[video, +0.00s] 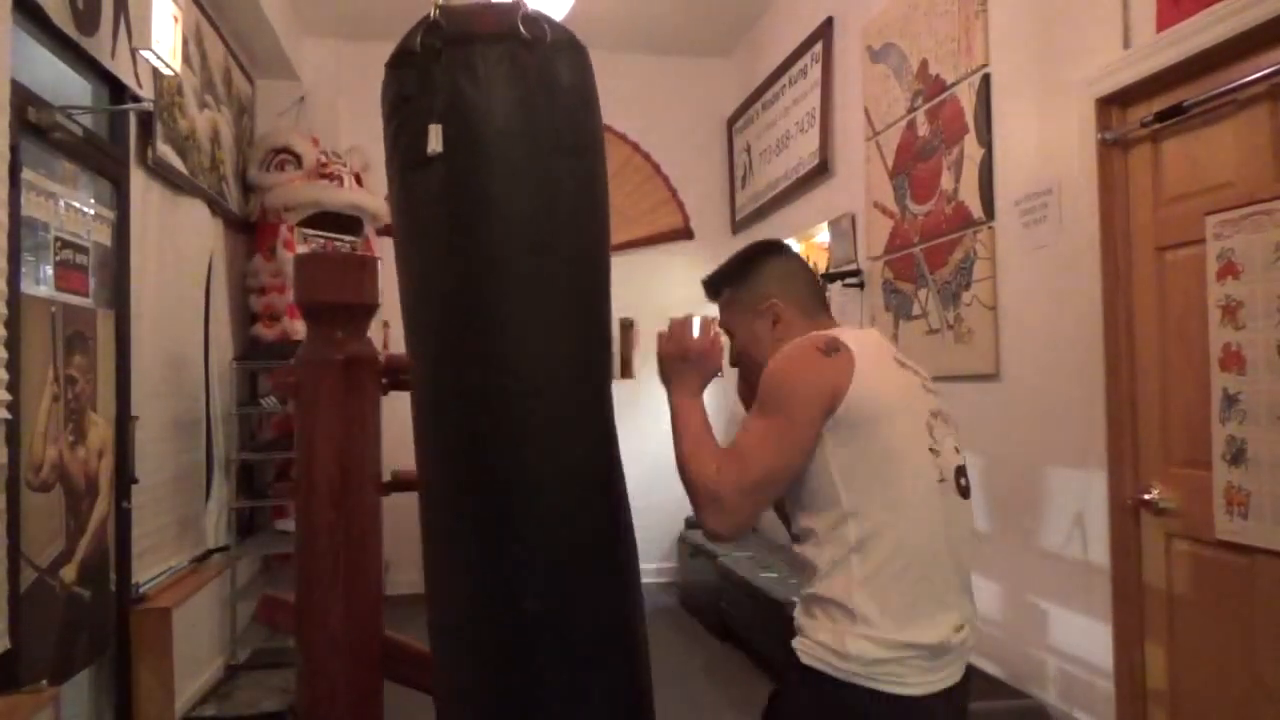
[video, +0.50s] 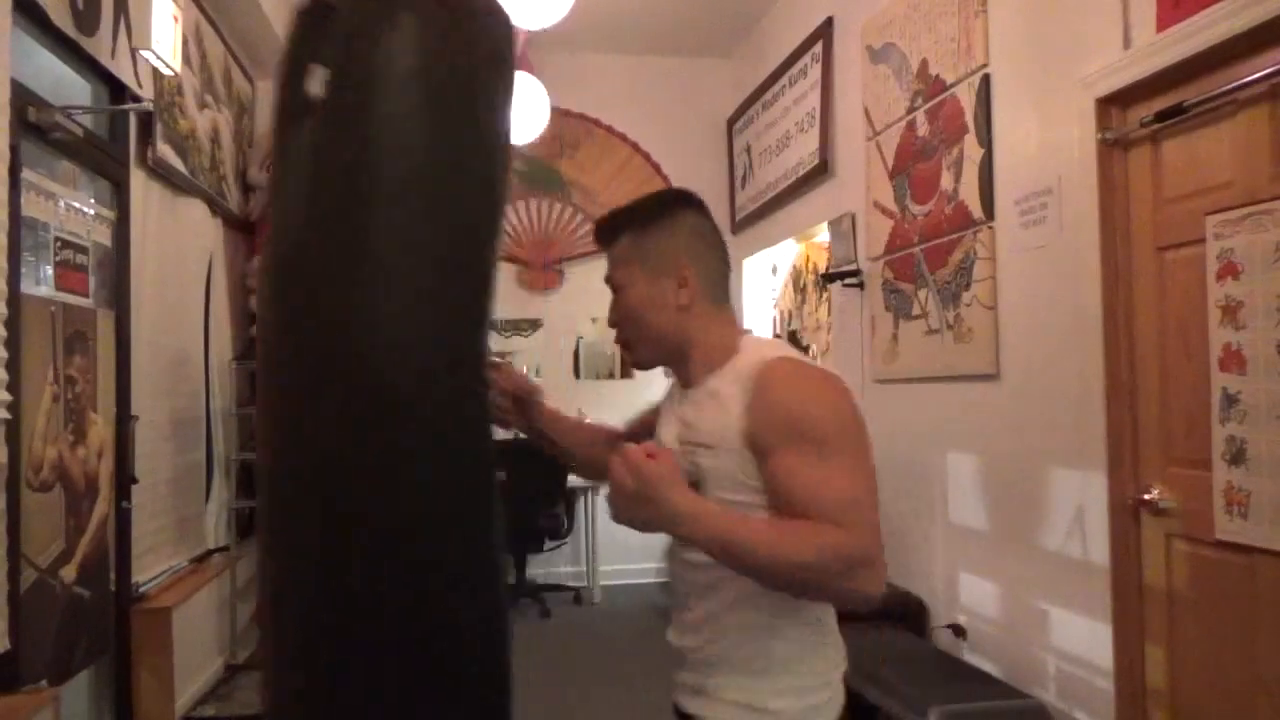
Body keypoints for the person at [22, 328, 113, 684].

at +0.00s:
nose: (69, 391)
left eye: (75, 382)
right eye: (63, 383)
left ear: (91, 385)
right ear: (59, 389)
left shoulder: (104, 432)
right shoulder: (63, 435)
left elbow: (104, 501)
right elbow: (38, 479)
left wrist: (76, 562)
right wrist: (46, 400)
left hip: (104, 551)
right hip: (75, 550)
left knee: (102, 631)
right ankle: (58, 689)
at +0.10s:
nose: (69, 391)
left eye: (75, 382)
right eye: (64, 383)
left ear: (91, 385)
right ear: (60, 387)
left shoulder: (105, 432)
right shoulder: (62, 438)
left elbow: (105, 501)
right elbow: (38, 480)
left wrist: (76, 563)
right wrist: (46, 401)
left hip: (105, 551)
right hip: (75, 551)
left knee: (105, 632)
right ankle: (58, 691)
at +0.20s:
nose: (71, 391)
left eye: (76, 383)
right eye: (65, 384)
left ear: (90, 385)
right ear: (61, 391)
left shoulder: (104, 432)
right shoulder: (63, 441)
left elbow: (105, 500)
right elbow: (36, 479)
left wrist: (76, 562)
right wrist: (46, 400)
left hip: (105, 553)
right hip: (75, 554)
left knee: (103, 634)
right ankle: (57, 690)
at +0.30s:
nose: (71, 391)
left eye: (76, 382)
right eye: (66, 383)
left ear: (91, 384)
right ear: (62, 389)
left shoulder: (104, 432)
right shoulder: (63, 439)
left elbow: (105, 500)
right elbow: (37, 478)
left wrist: (76, 562)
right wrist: (46, 401)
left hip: (103, 550)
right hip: (74, 549)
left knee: (101, 626)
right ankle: (59, 687)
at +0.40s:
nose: (71, 391)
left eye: (77, 382)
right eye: (66, 383)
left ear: (91, 384)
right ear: (62, 389)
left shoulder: (104, 432)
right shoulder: (63, 440)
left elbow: (105, 500)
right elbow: (36, 477)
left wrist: (76, 561)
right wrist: (46, 399)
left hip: (101, 550)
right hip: (73, 550)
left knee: (99, 629)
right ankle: (59, 688)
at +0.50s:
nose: (70, 391)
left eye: (76, 382)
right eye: (65, 383)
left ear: (90, 383)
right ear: (61, 389)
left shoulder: (104, 431)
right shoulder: (62, 439)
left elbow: (105, 501)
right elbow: (36, 479)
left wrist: (76, 562)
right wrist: (46, 401)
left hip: (103, 550)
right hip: (74, 551)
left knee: (101, 631)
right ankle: (58, 692)